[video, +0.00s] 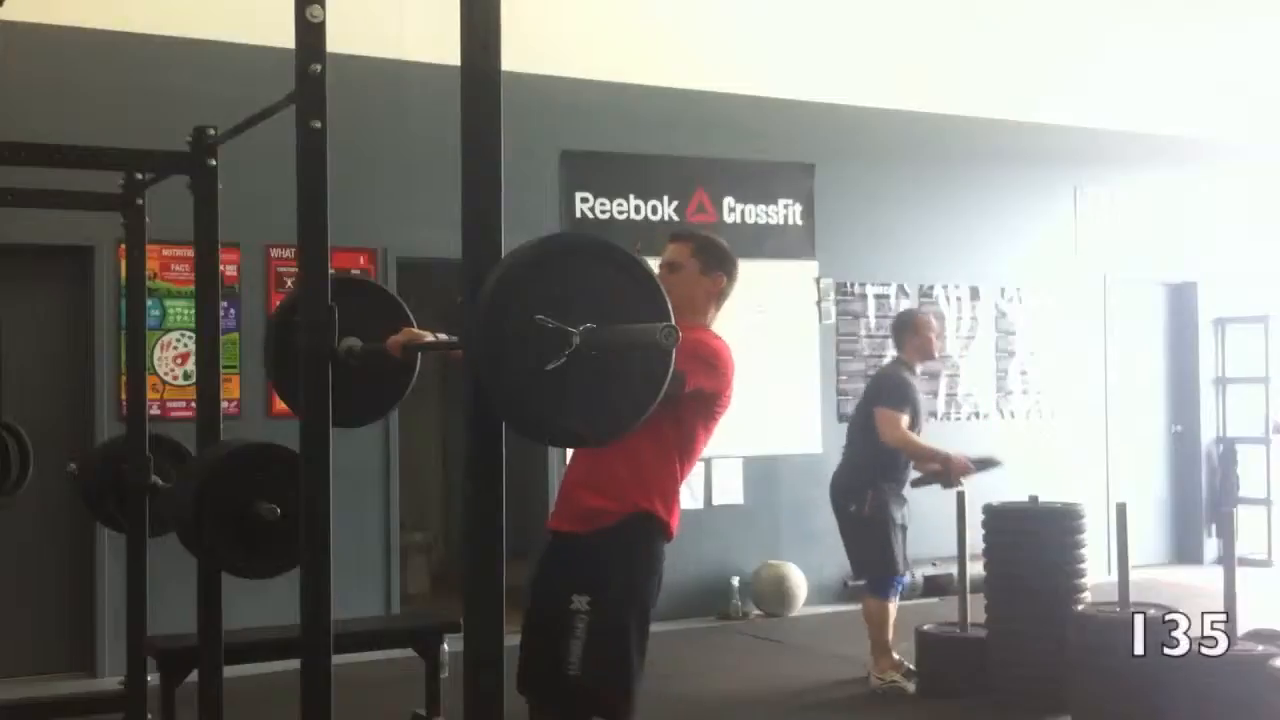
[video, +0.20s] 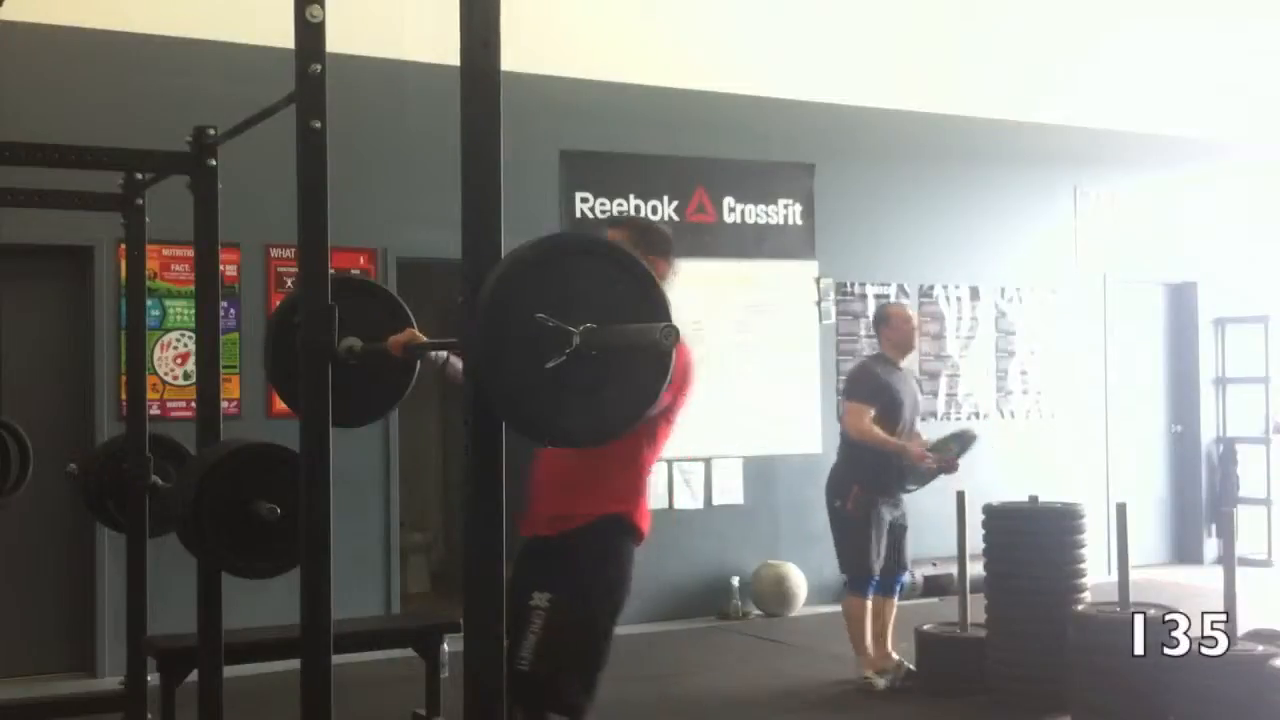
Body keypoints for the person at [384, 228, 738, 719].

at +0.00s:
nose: (658, 277)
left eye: (674, 268)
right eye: (660, 268)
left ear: (715, 283)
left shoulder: (708, 352)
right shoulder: (635, 338)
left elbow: (604, 367)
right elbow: (541, 355)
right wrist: (440, 344)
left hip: (625, 533)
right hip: (570, 530)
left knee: (598, 693)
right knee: (543, 687)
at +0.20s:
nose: (604, 271)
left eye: (620, 260)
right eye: (603, 258)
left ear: (656, 269)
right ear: (598, 261)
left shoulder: (665, 347)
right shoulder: (582, 340)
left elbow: (631, 402)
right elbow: (510, 380)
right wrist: (431, 352)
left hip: (596, 531)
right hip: (546, 529)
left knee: (546, 693)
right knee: (521, 687)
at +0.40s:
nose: (517, 271)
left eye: (530, 259)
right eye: (512, 258)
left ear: (560, 267)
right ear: (504, 262)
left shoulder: (579, 361)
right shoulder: (506, 356)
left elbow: (553, 468)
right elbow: (453, 430)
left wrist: (525, 371)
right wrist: (418, 380)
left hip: (551, 538)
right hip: (496, 537)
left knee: (515, 691)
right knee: (473, 684)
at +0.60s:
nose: (441, 277)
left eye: (458, 269)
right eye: (447, 267)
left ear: (491, 284)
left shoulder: (511, 370)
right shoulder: (448, 372)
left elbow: (449, 464)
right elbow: (387, 467)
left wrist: (455, 364)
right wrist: (384, 376)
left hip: (482, 576)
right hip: (439, 575)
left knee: (391, 704)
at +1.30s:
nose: (451, 258)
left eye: (464, 248)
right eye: (454, 249)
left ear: (510, 258)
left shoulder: (525, 337)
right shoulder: (449, 339)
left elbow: (436, 399)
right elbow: (363, 402)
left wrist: (450, 330)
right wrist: (396, 336)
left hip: (481, 537)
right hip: (433, 539)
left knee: (461, 687)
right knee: (442, 688)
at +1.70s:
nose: (506, 237)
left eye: (523, 229)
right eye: (510, 227)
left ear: (564, 247)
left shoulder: (576, 329)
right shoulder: (489, 330)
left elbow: (513, 389)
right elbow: (413, 401)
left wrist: (525, 317)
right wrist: (440, 336)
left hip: (545, 527)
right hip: (482, 530)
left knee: (545, 689)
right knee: (475, 684)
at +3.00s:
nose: (578, 241)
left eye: (596, 234)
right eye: (581, 232)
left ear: (624, 261)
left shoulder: (624, 324)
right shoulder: (532, 327)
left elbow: (554, 325)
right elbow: (452, 346)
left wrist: (570, 240)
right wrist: (475, 267)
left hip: (564, 527)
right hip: (503, 525)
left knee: (568, 692)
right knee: (506, 685)